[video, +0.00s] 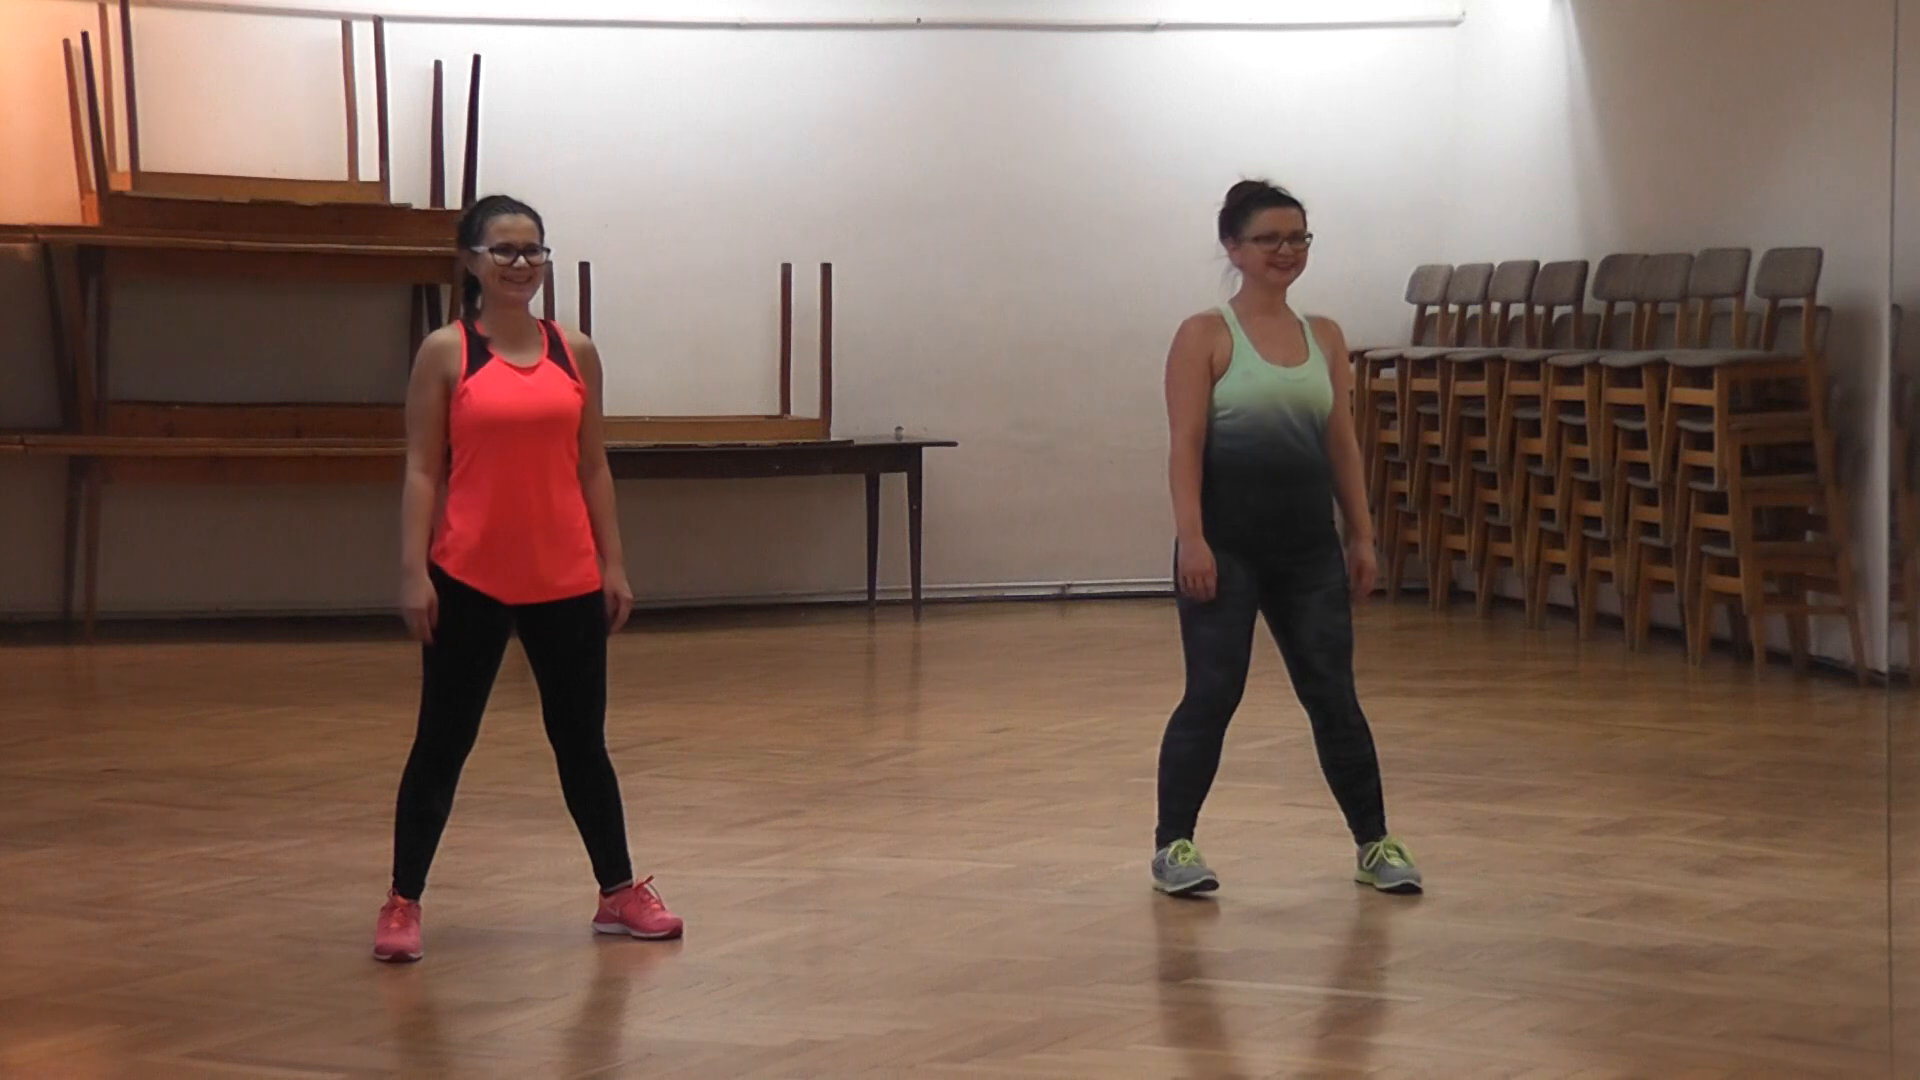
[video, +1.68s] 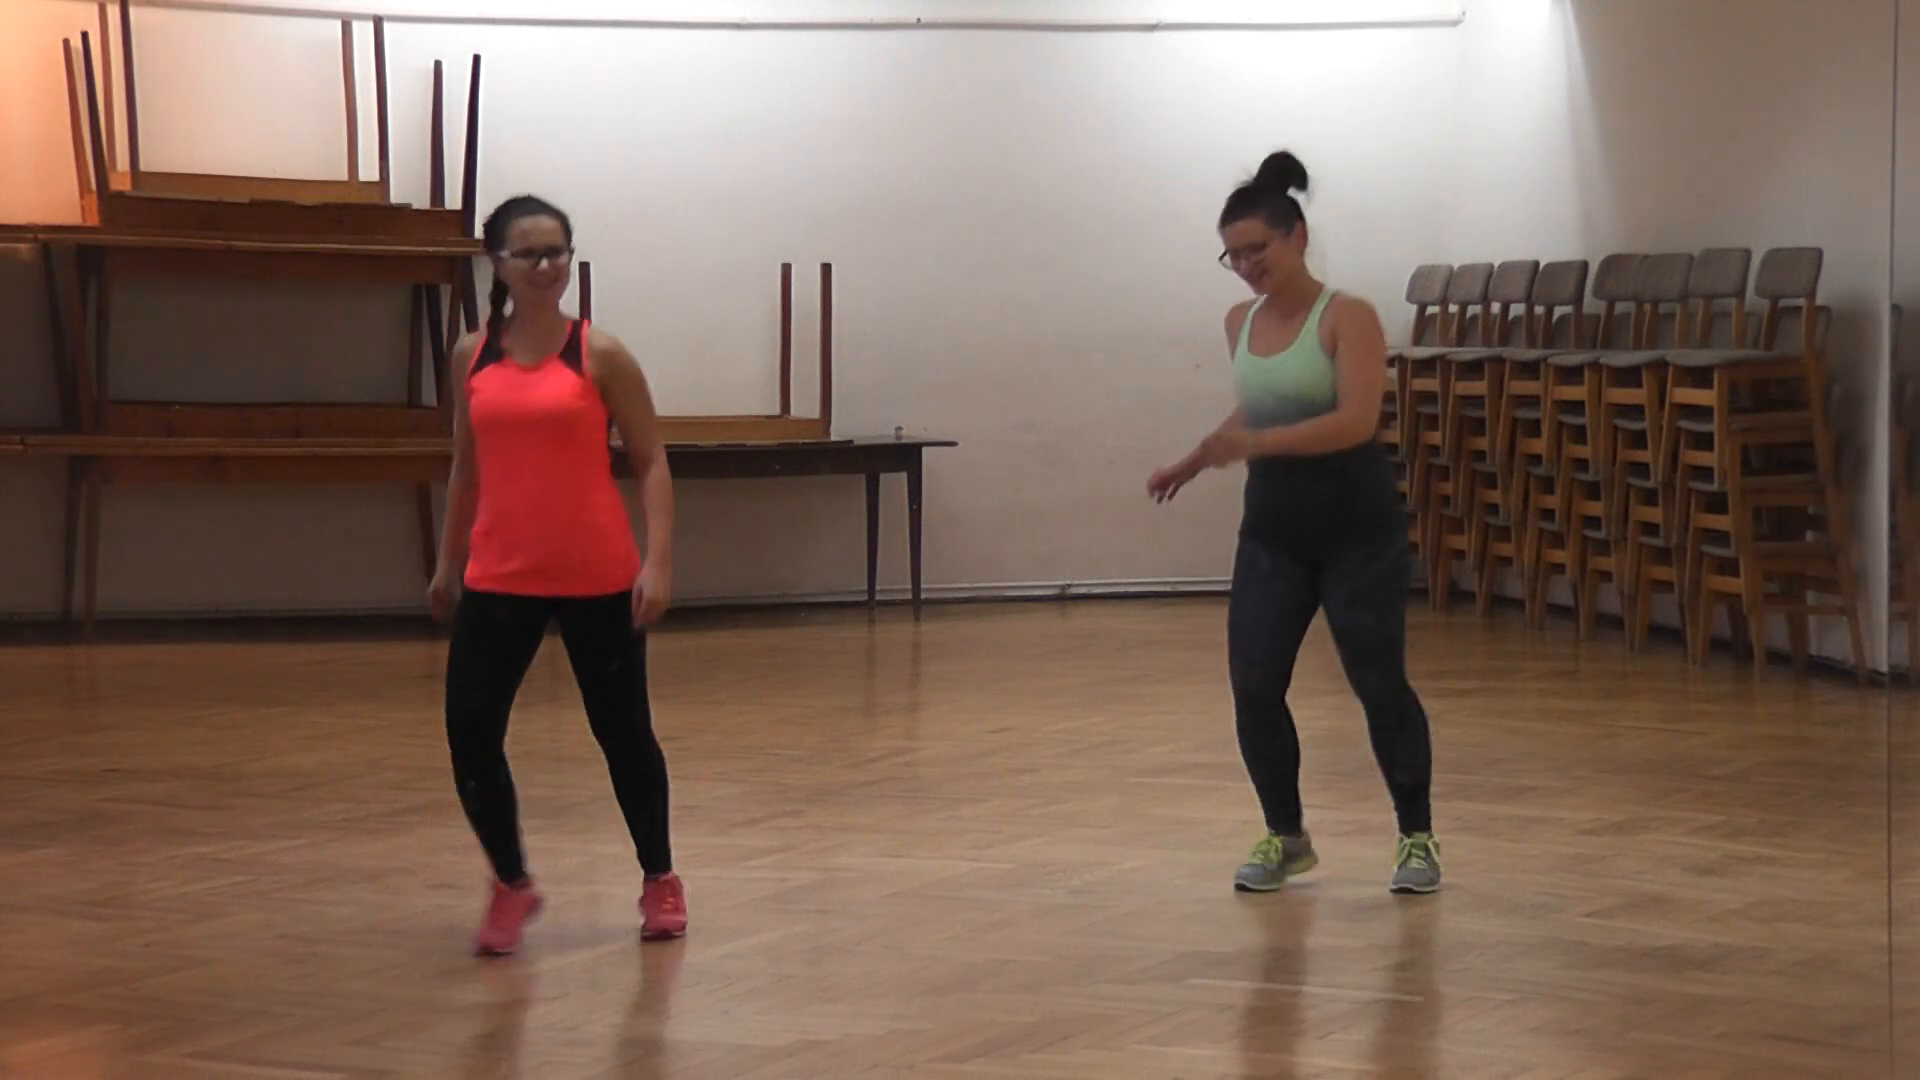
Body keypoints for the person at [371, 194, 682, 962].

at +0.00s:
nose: (521, 261)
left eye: (532, 249)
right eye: (504, 250)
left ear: (545, 260)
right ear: (472, 262)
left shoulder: (576, 353)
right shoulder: (445, 352)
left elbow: (594, 465)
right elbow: (424, 469)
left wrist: (613, 564)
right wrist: (413, 569)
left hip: (568, 579)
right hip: (470, 580)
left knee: (583, 740)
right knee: (441, 747)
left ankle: (620, 890)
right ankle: (403, 903)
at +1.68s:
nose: (546, 266)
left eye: (556, 252)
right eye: (529, 254)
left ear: (572, 260)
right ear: (498, 265)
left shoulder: (603, 354)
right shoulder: (472, 355)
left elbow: (652, 462)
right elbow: (465, 465)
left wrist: (657, 561)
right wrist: (448, 560)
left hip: (597, 576)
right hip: (499, 579)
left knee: (625, 732)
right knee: (470, 729)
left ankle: (660, 880)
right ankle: (512, 884)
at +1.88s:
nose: (498, 277)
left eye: (510, 264)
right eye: (482, 263)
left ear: (525, 268)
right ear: (450, 265)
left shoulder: (552, 361)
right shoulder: (423, 357)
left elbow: (600, 471)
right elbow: (407, 463)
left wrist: (624, 569)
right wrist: (398, 553)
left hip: (557, 580)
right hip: (465, 587)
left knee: (568, 728)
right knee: (480, 746)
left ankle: (630, 852)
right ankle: (536, 894)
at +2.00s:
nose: (458, 269)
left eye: (473, 257)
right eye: (444, 256)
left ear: (489, 262)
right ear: (413, 256)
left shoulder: (513, 351)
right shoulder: (387, 346)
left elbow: (573, 451)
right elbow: (352, 443)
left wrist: (587, 557)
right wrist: (350, 508)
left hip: (524, 552)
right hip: (442, 563)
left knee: (484, 699)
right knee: (478, 721)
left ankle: (526, 872)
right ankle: (528, 882)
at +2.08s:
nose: (432, 275)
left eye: (447, 263)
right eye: (417, 262)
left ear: (465, 271)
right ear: (389, 265)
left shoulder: (487, 361)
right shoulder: (366, 355)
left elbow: (547, 463)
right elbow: (327, 452)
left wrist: (563, 570)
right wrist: (326, 495)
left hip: (501, 562)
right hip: (423, 572)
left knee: (437, 707)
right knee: (493, 731)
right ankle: (543, 892)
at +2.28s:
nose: (374, 279)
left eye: (391, 273)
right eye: (363, 263)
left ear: (407, 291)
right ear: (333, 268)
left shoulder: (421, 378)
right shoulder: (302, 368)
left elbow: (472, 489)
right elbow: (284, 470)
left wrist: (478, 604)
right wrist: (279, 508)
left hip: (415, 591)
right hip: (339, 589)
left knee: (355, 749)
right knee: (381, 755)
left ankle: (335, 926)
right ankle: (501, 868)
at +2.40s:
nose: (340, 260)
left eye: (355, 254)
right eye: (328, 243)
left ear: (367, 273)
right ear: (294, 247)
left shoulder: (383, 355)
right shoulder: (258, 351)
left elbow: (432, 462)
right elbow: (234, 457)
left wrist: (421, 566)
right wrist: (234, 512)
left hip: (372, 592)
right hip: (288, 590)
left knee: (344, 753)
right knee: (263, 740)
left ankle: (336, 923)